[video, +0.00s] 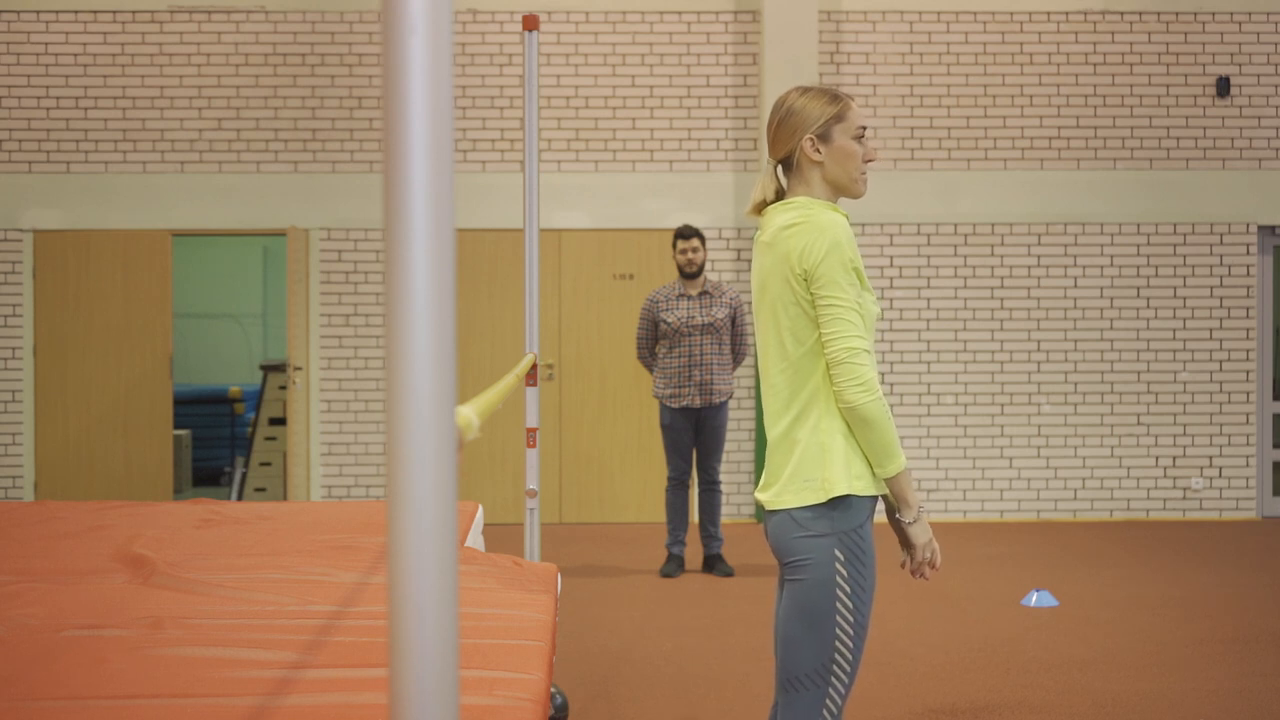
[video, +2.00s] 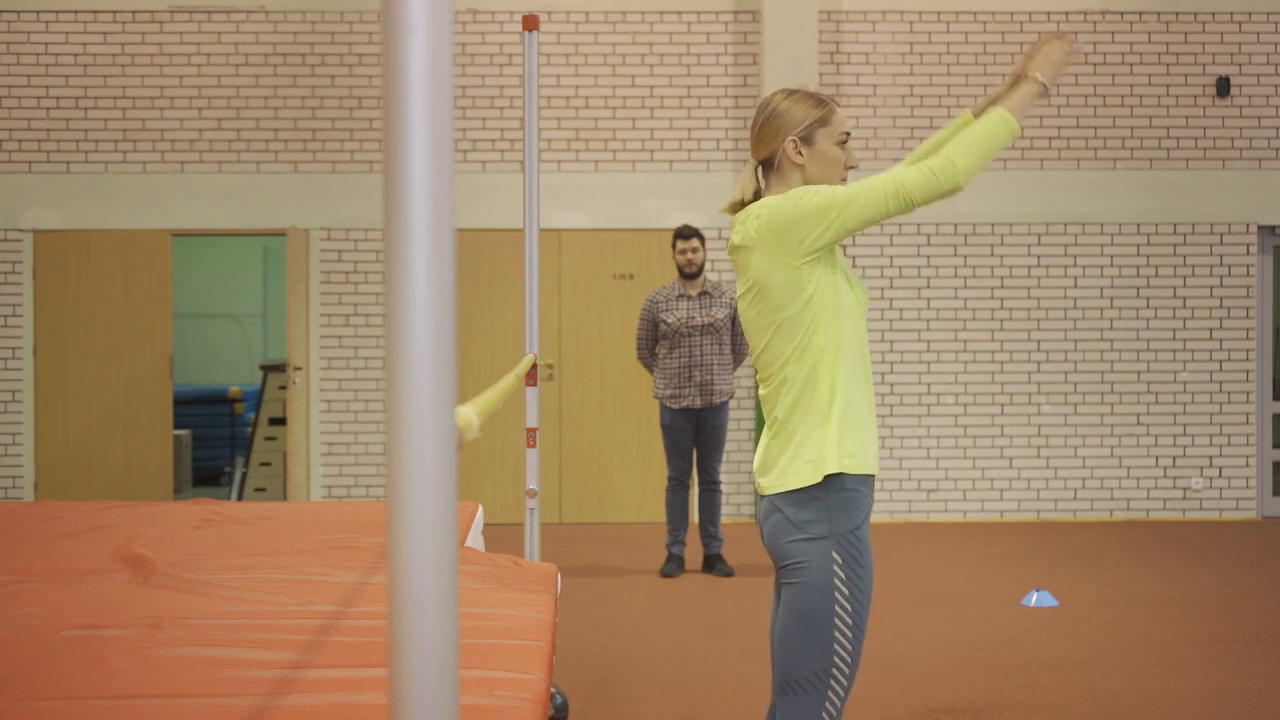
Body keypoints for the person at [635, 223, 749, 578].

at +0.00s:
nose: (689, 256)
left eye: (695, 250)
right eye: (682, 251)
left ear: (705, 253)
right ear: (674, 256)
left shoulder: (728, 296)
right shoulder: (658, 300)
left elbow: (741, 347)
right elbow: (644, 350)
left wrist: (718, 372)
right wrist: (669, 376)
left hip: (715, 401)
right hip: (674, 402)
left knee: (710, 478)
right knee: (678, 477)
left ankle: (713, 552)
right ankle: (675, 553)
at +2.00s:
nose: (689, 257)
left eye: (694, 250)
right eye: (682, 252)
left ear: (705, 254)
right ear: (673, 256)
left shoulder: (727, 297)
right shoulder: (658, 300)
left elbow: (741, 346)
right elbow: (644, 350)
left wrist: (719, 372)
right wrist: (669, 376)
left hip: (715, 402)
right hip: (675, 402)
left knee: (710, 479)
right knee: (679, 477)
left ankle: (713, 552)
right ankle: (675, 553)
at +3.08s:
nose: (688, 256)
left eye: (693, 250)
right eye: (681, 251)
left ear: (704, 253)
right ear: (673, 256)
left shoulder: (728, 297)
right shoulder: (658, 300)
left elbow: (742, 347)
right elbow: (644, 351)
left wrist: (719, 372)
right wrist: (670, 377)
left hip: (716, 402)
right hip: (675, 403)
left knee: (710, 479)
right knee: (678, 478)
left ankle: (713, 553)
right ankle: (675, 553)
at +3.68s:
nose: (687, 256)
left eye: (693, 250)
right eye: (681, 251)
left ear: (704, 253)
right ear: (673, 257)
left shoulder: (729, 297)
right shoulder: (659, 300)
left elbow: (742, 348)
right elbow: (645, 351)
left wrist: (718, 373)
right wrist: (670, 377)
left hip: (716, 402)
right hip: (675, 403)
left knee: (710, 479)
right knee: (678, 477)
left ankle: (713, 553)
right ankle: (675, 552)